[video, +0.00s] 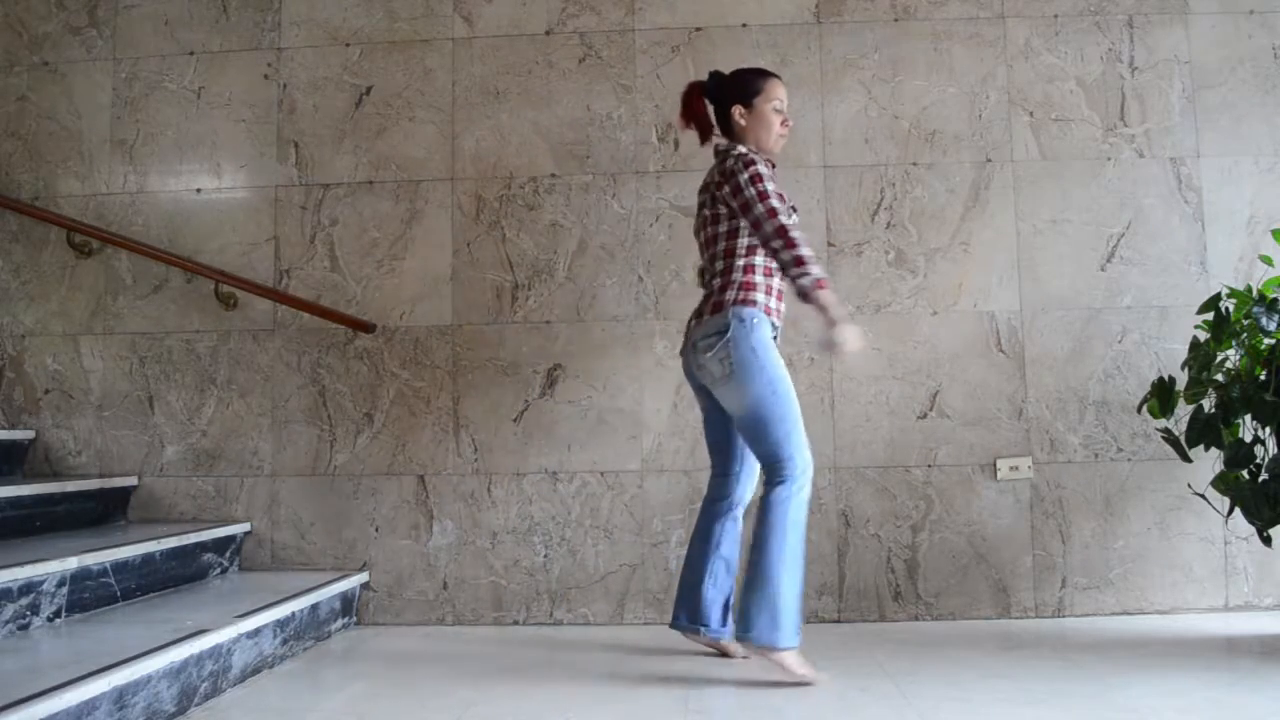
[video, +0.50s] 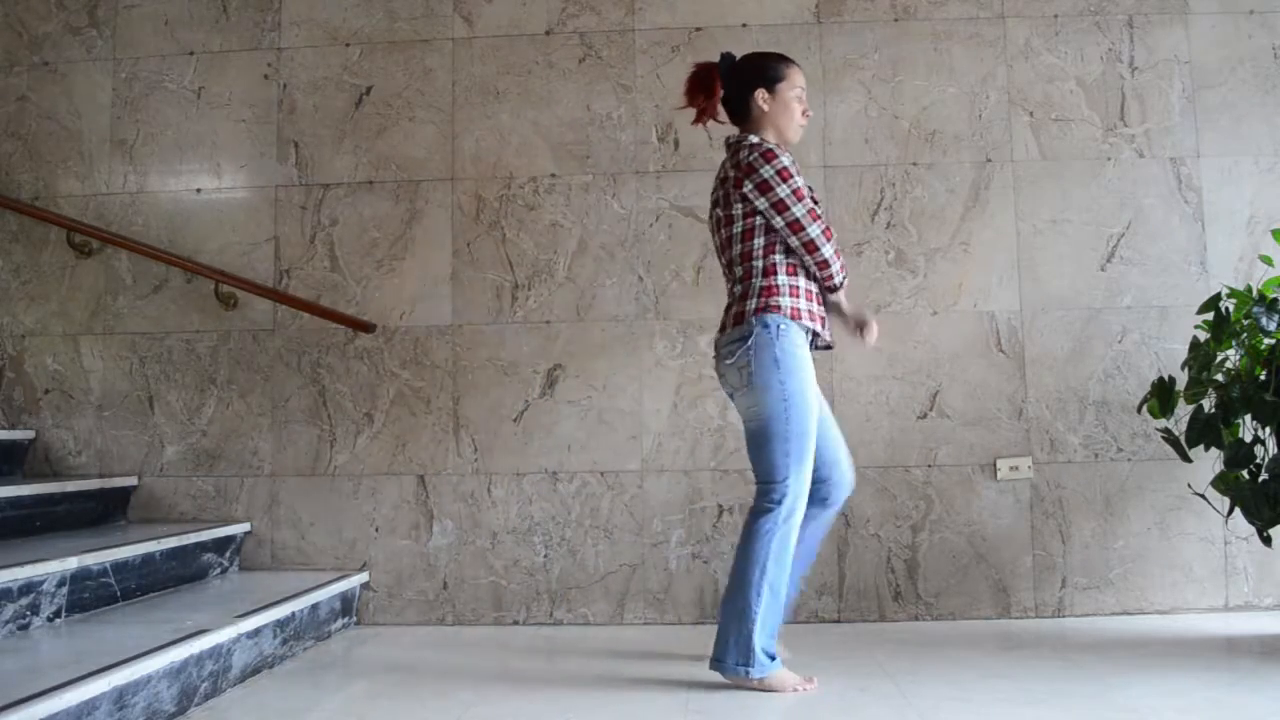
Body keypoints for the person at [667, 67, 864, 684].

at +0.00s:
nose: (787, 122)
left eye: (787, 113)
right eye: (777, 112)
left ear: (738, 121)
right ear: (740, 115)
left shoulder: (720, 176)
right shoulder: (745, 167)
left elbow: (721, 263)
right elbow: (780, 233)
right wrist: (831, 309)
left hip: (708, 336)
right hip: (740, 331)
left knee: (732, 481)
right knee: (791, 471)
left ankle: (702, 620)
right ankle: (772, 636)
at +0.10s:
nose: (790, 124)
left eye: (790, 112)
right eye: (780, 111)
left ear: (738, 120)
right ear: (741, 116)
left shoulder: (718, 179)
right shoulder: (751, 170)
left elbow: (731, 265)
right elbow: (800, 242)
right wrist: (874, 318)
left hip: (715, 336)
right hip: (748, 334)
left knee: (730, 483)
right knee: (770, 486)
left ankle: (701, 616)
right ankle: (752, 646)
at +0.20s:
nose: (794, 117)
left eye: (793, 106)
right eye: (784, 105)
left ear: (743, 114)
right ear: (745, 111)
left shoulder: (723, 174)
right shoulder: (756, 166)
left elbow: (741, 262)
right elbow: (811, 242)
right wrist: (883, 321)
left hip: (725, 330)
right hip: (755, 328)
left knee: (735, 479)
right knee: (768, 484)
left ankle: (703, 610)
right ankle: (750, 648)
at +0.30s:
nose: (797, 110)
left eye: (797, 99)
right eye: (787, 99)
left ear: (753, 107)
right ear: (750, 103)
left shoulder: (733, 165)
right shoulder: (755, 159)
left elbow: (774, 259)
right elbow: (804, 234)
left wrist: (809, 338)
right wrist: (867, 308)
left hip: (742, 329)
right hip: (762, 326)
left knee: (757, 481)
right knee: (774, 486)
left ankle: (709, 611)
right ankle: (751, 652)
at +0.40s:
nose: (801, 111)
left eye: (800, 99)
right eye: (792, 98)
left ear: (752, 107)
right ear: (756, 103)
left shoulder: (737, 168)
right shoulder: (756, 160)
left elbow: (785, 259)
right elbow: (808, 237)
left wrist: (835, 324)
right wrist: (854, 314)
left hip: (758, 333)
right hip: (769, 332)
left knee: (804, 480)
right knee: (779, 490)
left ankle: (721, 604)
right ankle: (747, 656)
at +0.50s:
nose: (806, 108)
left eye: (805, 97)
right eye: (797, 96)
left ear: (758, 104)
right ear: (763, 101)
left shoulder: (742, 168)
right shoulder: (761, 159)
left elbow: (786, 259)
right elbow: (818, 247)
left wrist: (840, 309)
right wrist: (841, 300)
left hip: (767, 339)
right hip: (768, 339)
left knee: (832, 482)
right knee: (782, 495)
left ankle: (755, 633)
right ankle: (745, 658)